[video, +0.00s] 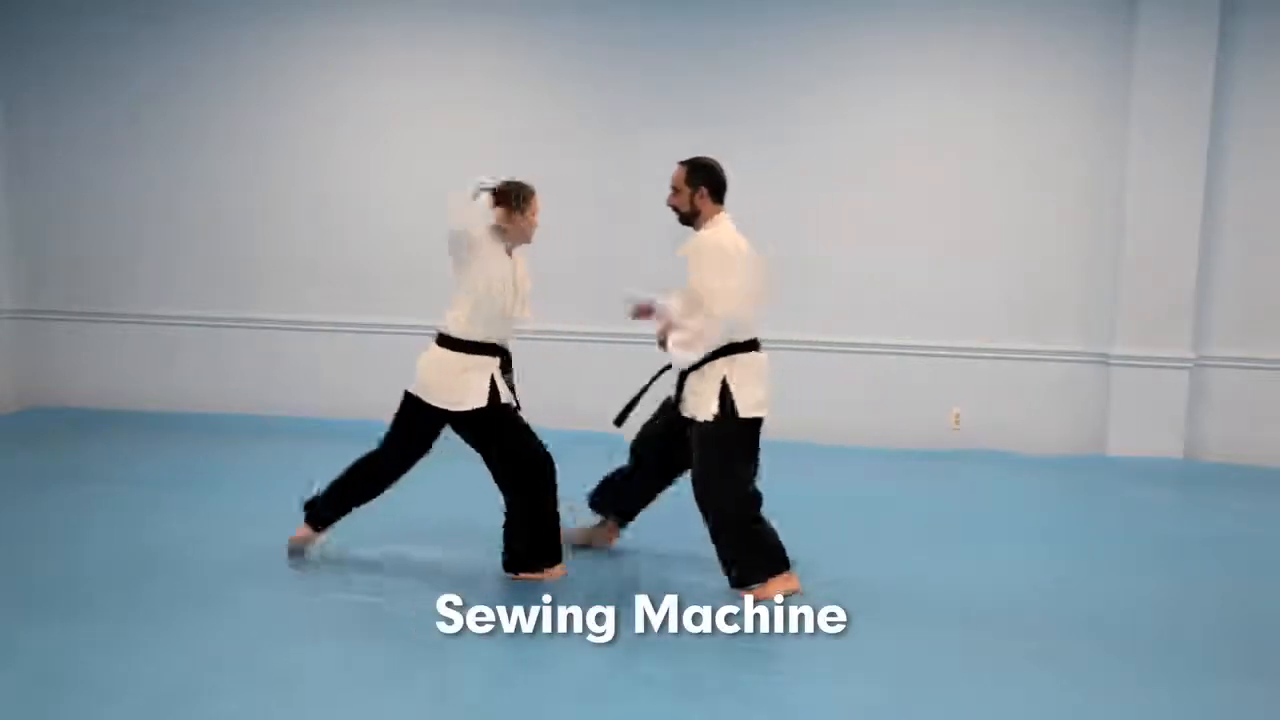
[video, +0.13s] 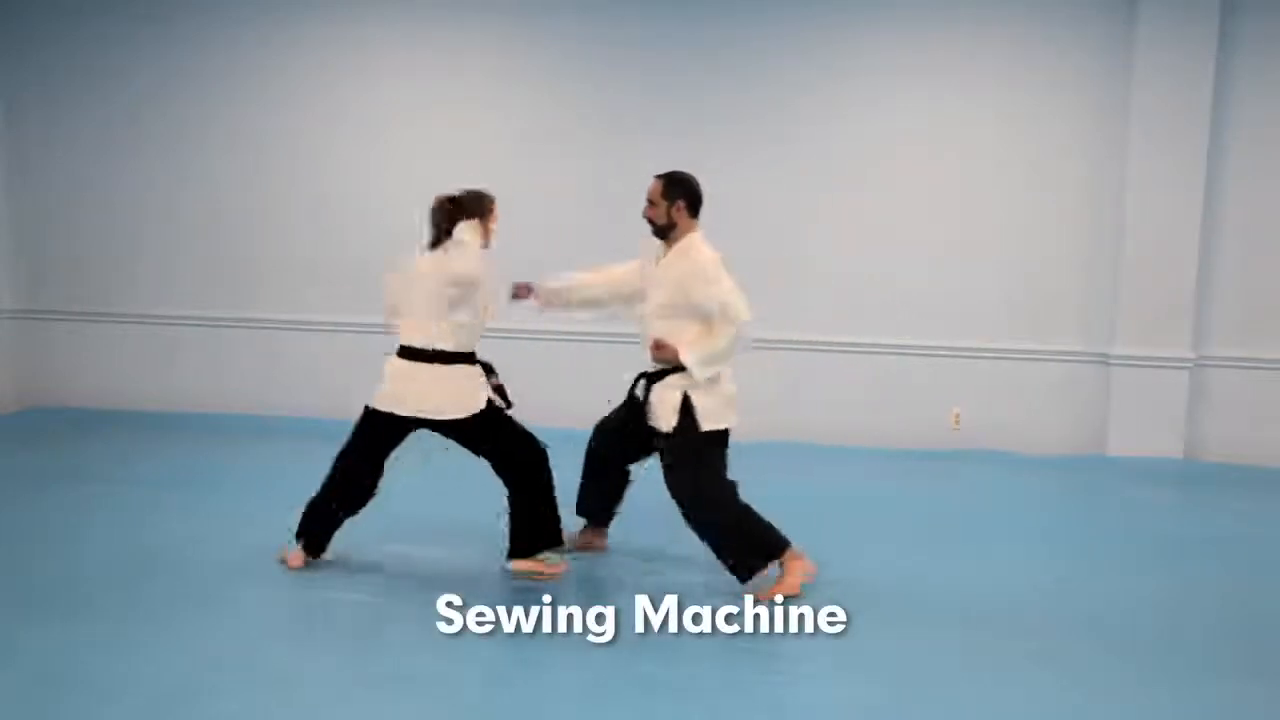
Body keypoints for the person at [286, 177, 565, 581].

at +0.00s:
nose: (538, 224)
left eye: (537, 216)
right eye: (533, 216)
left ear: (511, 217)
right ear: (511, 218)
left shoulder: (512, 260)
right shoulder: (476, 248)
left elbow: (500, 334)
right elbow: (462, 228)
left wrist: (510, 392)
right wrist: (476, 195)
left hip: (439, 376)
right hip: (464, 382)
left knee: (391, 459)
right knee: (532, 466)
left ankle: (315, 521)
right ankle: (527, 563)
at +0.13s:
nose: (495, 230)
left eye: (495, 222)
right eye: (493, 222)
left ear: (449, 223)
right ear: (478, 224)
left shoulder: (414, 265)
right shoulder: (475, 263)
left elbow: (395, 321)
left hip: (400, 393)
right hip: (455, 398)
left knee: (354, 466)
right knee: (527, 458)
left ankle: (306, 547)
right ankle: (527, 553)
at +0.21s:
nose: (473, 229)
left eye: (469, 221)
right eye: (466, 224)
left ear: (415, 233)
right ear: (451, 233)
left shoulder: (383, 275)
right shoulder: (470, 273)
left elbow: (341, 305)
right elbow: (506, 286)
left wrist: (380, 329)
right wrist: (485, 247)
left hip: (392, 402)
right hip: (454, 404)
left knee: (336, 457)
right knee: (523, 459)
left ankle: (305, 548)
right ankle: (534, 551)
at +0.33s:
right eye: (441, 238)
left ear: (398, 243)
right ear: (440, 242)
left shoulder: (384, 284)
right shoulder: (465, 284)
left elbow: (368, 334)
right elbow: (517, 300)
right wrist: (508, 259)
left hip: (393, 413)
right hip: (454, 415)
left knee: (321, 453)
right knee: (524, 468)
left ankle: (294, 549)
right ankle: (542, 562)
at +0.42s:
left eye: (398, 239)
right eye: (438, 240)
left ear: (398, 246)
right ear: (438, 245)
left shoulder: (384, 288)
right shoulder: (459, 287)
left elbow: (390, 338)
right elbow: (512, 306)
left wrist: (381, 373)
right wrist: (499, 267)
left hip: (396, 416)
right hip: (454, 417)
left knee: (322, 453)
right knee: (525, 468)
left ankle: (295, 550)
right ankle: (541, 563)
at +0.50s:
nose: (397, 241)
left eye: (400, 237)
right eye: (438, 240)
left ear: (401, 244)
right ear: (440, 246)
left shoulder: (387, 288)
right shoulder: (460, 288)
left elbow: (378, 338)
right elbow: (509, 309)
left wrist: (374, 376)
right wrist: (501, 268)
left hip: (395, 416)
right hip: (455, 417)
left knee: (321, 452)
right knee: (528, 468)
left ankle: (294, 549)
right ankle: (541, 563)